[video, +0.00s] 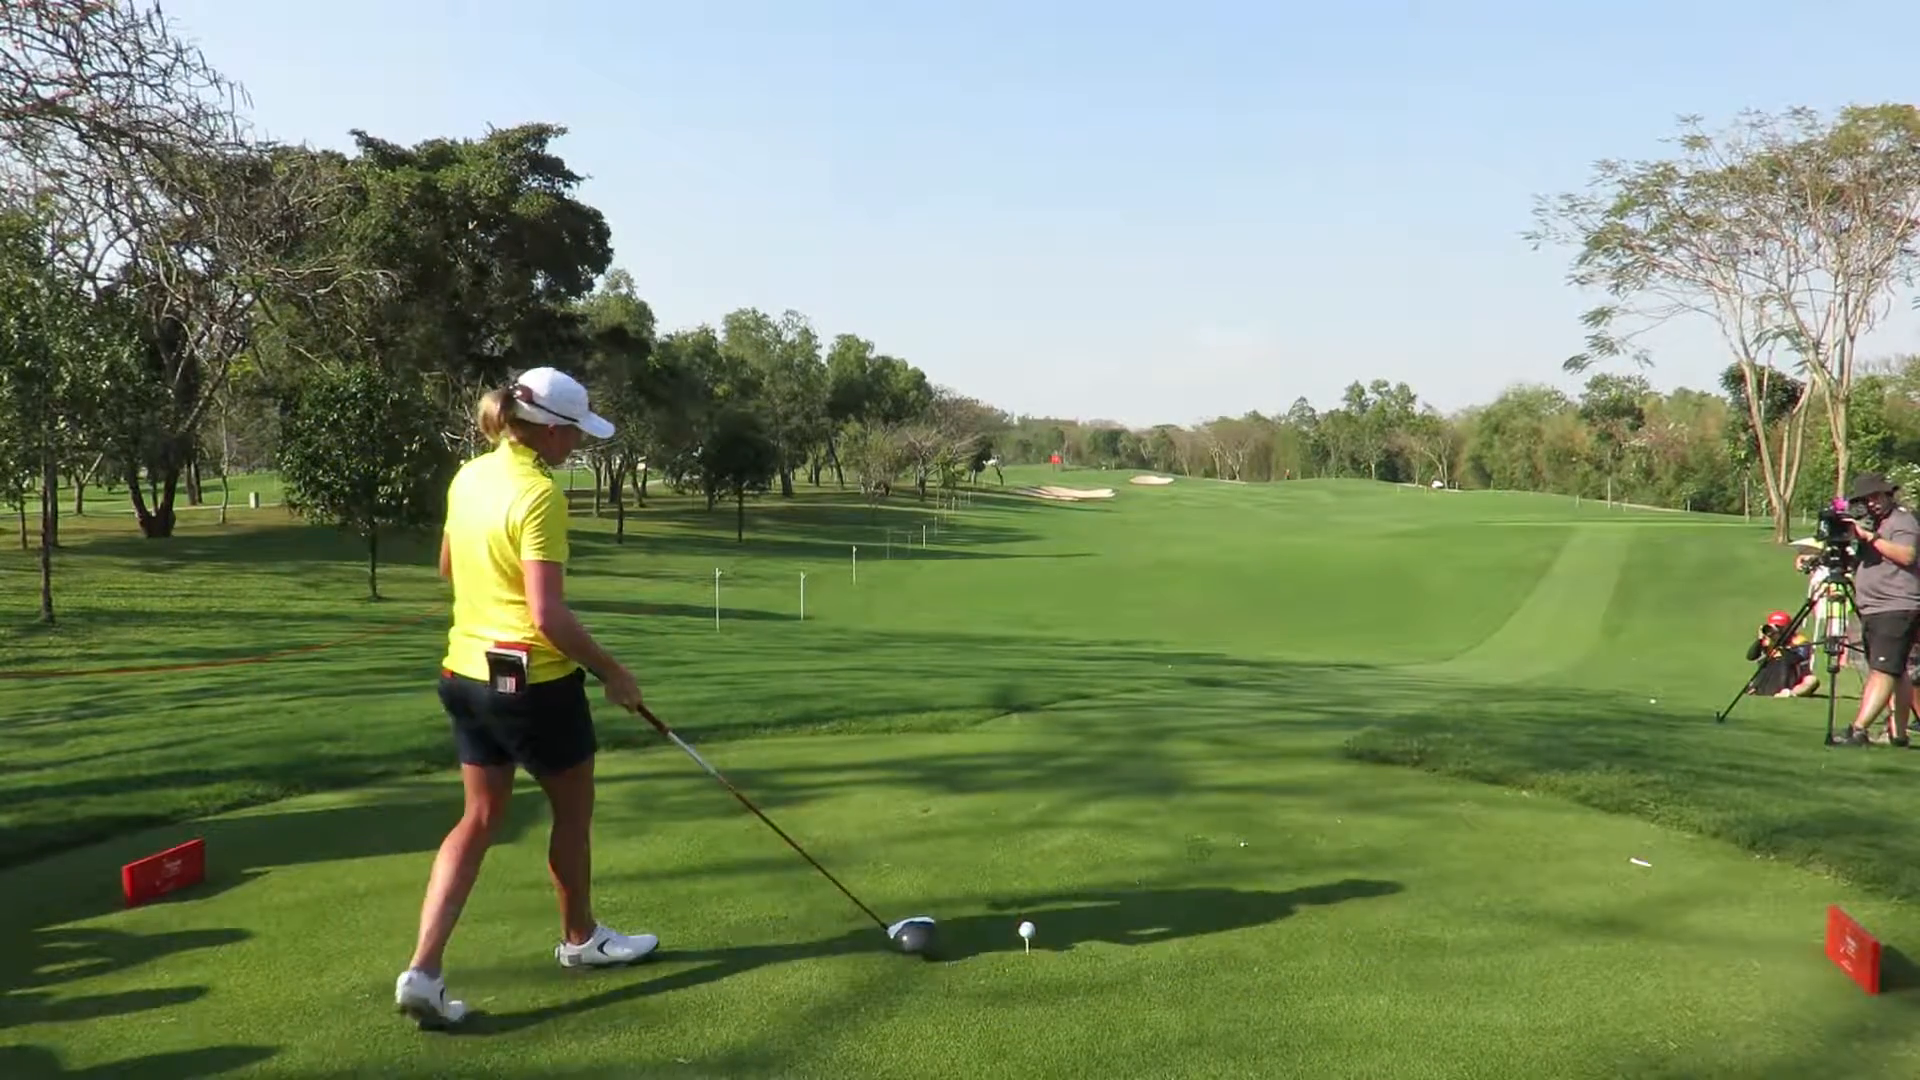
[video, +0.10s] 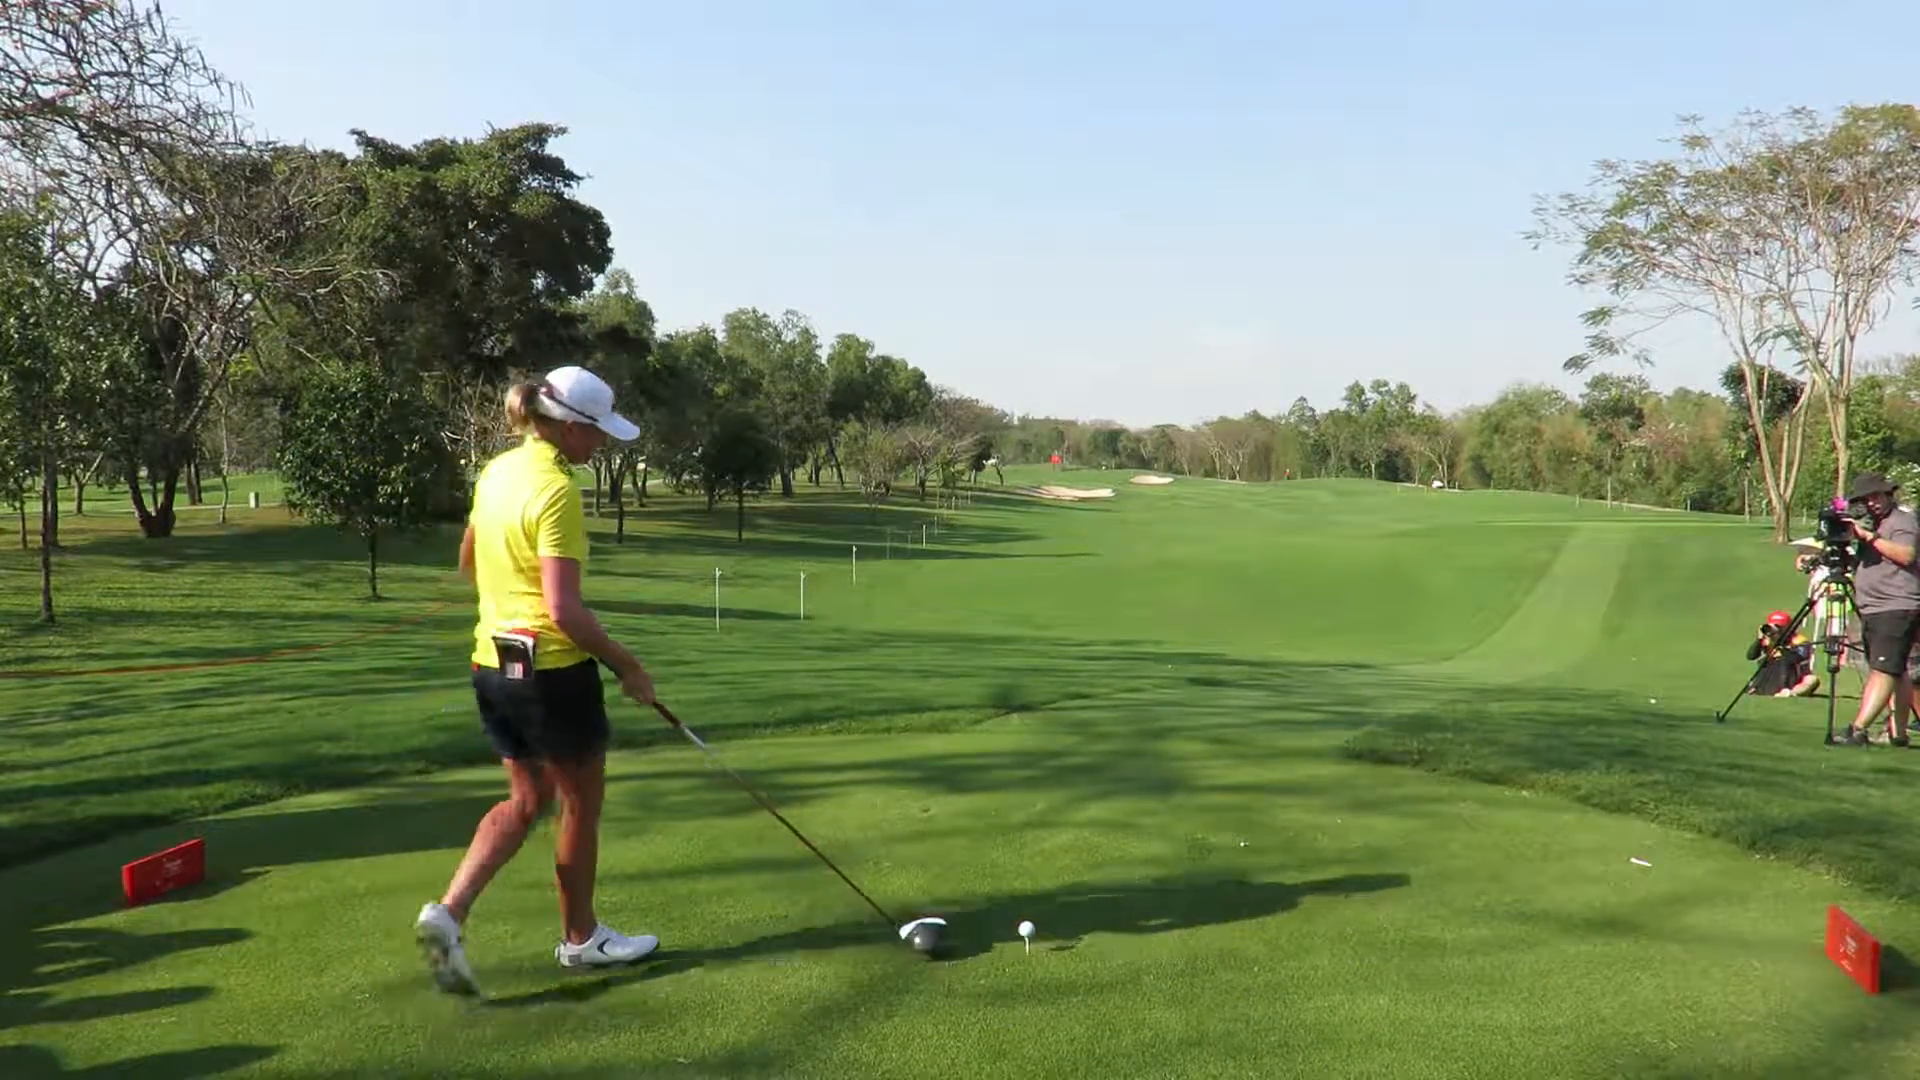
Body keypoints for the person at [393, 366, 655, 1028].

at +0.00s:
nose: (579, 443)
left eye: (580, 432)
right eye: (574, 432)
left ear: (523, 425)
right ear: (545, 429)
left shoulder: (470, 475)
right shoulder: (539, 493)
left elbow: (448, 566)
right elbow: (548, 615)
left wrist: (520, 585)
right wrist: (610, 668)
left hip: (466, 674)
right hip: (535, 681)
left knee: (480, 813)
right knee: (572, 806)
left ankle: (423, 972)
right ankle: (581, 935)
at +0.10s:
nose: (602, 443)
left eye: (603, 433)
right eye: (597, 432)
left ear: (552, 422)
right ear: (568, 426)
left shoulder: (497, 469)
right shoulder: (557, 488)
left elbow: (469, 559)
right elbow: (564, 609)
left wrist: (535, 579)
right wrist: (627, 665)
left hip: (493, 667)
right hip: (553, 672)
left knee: (528, 798)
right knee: (582, 800)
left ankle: (449, 913)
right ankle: (580, 937)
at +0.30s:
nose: (636, 443)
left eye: (639, 433)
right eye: (633, 432)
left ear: (598, 419)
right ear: (600, 422)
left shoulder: (551, 458)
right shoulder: (579, 481)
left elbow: (510, 541)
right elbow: (585, 600)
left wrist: (561, 583)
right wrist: (649, 655)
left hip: (546, 643)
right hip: (557, 652)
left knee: (615, 764)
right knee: (581, 792)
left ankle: (554, 893)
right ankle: (580, 937)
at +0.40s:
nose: (651, 443)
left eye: (654, 433)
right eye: (646, 432)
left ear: (616, 421)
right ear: (613, 421)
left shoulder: (582, 461)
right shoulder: (586, 480)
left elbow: (534, 539)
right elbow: (590, 595)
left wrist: (582, 587)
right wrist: (656, 652)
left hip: (585, 647)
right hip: (564, 652)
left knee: (621, 765)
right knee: (587, 789)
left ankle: (619, 895)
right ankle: (579, 933)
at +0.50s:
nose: (667, 446)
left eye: (669, 436)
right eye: (661, 435)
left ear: (632, 425)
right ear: (626, 425)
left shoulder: (613, 472)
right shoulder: (594, 482)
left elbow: (589, 569)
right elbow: (596, 594)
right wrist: (661, 649)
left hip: (603, 644)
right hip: (572, 647)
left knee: (629, 764)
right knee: (594, 787)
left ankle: (640, 894)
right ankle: (579, 933)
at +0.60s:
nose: (679, 446)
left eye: (682, 436)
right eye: (673, 434)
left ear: (648, 425)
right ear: (639, 423)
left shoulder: (631, 474)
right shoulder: (602, 479)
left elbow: (620, 576)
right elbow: (601, 591)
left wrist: (650, 632)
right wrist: (667, 645)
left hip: (622, 639)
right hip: (582, 642)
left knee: (638, 764)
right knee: (602, 783)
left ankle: (638, 893)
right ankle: (579, 932)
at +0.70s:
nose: (693, 443)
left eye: (696, 433)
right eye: (687, 432)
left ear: (663, 423)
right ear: (653, 421)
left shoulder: (652, 471)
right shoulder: (611, 476)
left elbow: (637, 560)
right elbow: (606, 586)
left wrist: (656, 597)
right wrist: (673, 641)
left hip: (632, 632)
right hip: (590, 634)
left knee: (643, 760)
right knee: (613, 771)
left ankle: (641, 889)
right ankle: (584, 922)